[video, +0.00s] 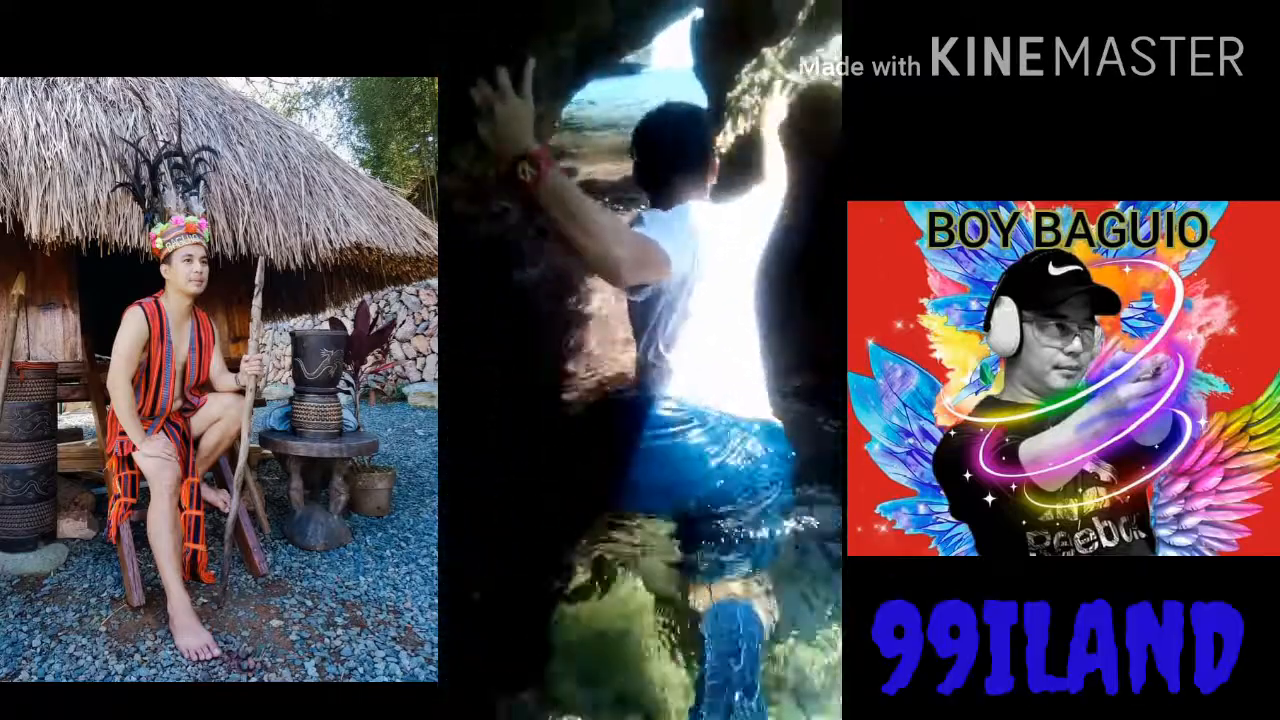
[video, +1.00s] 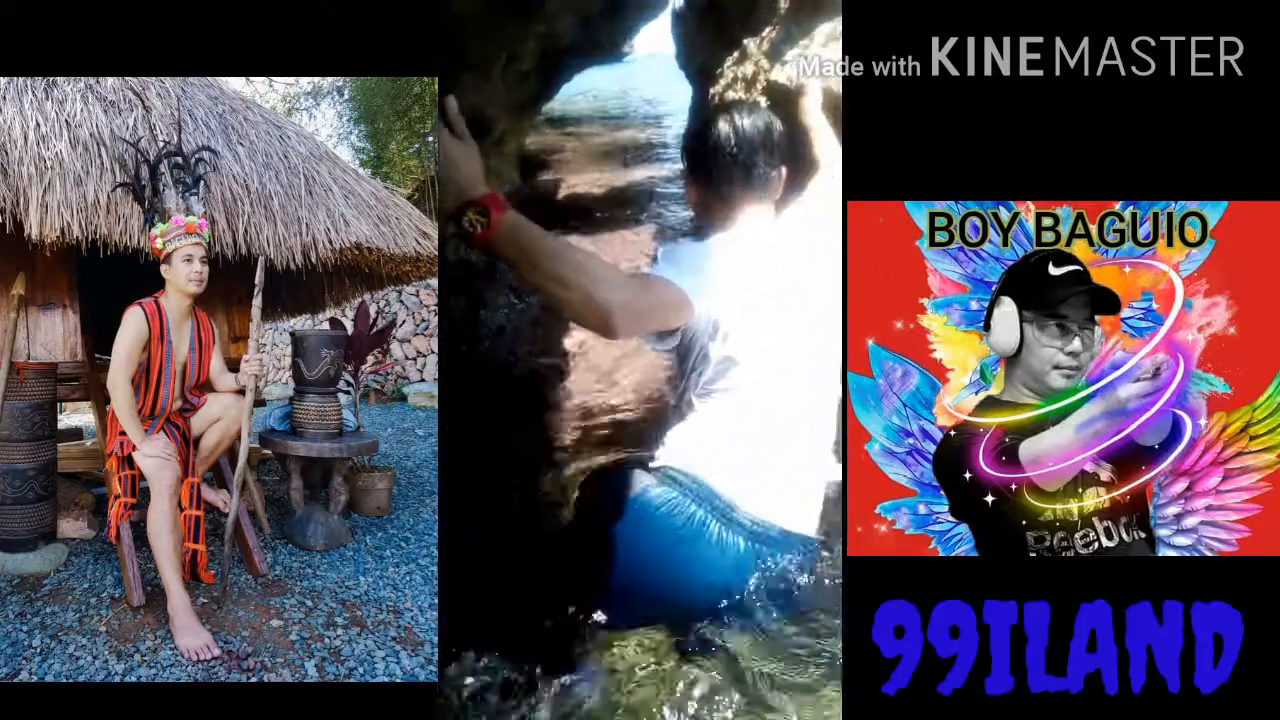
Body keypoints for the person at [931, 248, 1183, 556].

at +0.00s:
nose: (1077, 346)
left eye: (1086, 328)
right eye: (1057, 327)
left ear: (1097, 334)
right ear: (1008, 327)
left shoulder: (1112, 410)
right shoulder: (962, 446)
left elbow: (1157, 436)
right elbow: (1017, 473)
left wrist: (1148, 395)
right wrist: (1107, 413)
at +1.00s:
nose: (1077, 346)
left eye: (1087, 328)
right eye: (1057, 326)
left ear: (1097, 335)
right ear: (1007, 326)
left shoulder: (1113, 410)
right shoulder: (962, 446)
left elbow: (1157, 436)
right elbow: (1017, 472)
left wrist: (1148, 396)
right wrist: (1107, 413)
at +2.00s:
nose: (1076, 346)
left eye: (1086, 328)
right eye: (1055, 327)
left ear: (1096, 334)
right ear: (1007, 327)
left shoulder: (1113, 409)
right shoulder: (962, 445)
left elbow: (1155, 435)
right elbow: (1022, 472)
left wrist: (1149, 396)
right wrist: (1105, 412)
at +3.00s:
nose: (1076, 346)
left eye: (1086, 328)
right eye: (1055, 326)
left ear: (1096, 335)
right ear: (1007, 328)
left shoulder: (1113, 408)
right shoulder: (962, 446)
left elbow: (1156, 436)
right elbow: (1021, 472)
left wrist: (1147, 395)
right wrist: (1105, 413)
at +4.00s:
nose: (1076, 346)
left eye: (1086, 328)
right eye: (1055, 327)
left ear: (1096, 334)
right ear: (1007, 327)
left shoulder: (1113, 409)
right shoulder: (962, 445)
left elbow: (1155, 435)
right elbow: (1022, 472)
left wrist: (1149, 396)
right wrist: (1106, 412)